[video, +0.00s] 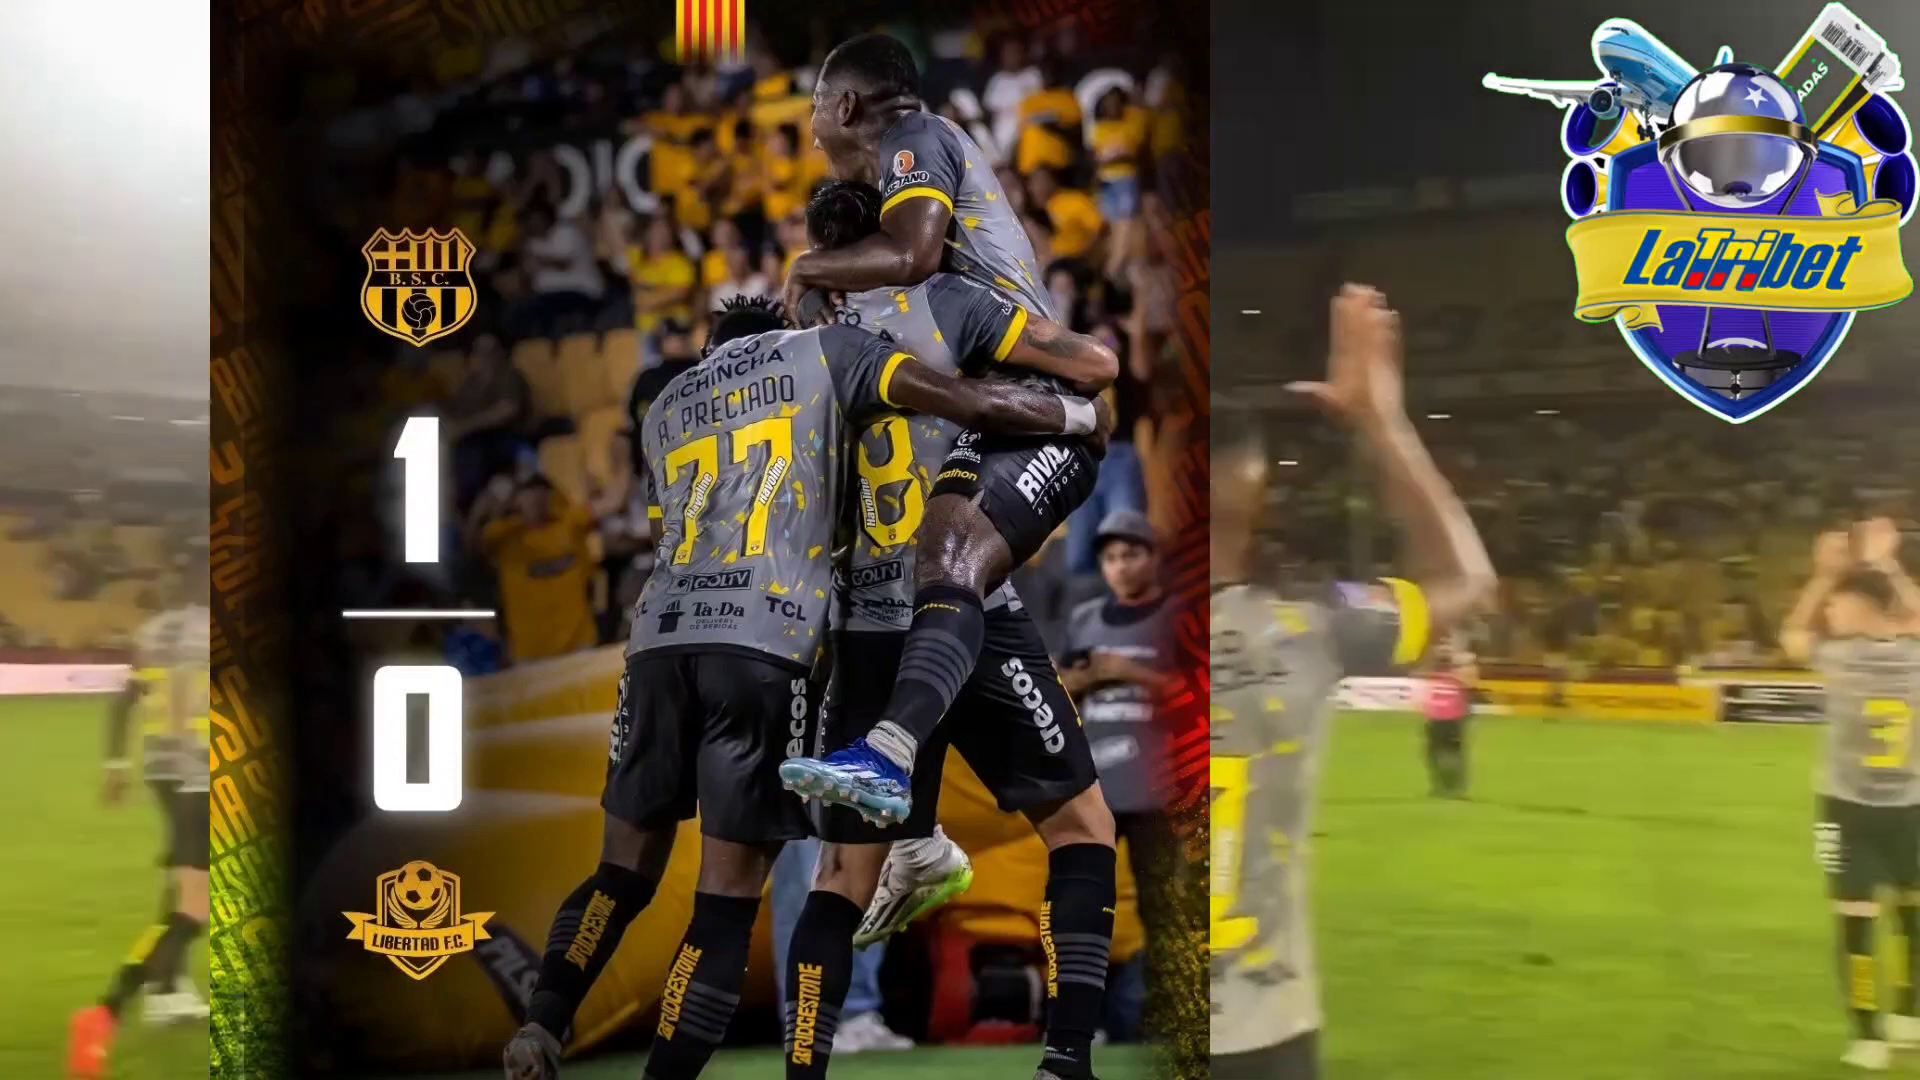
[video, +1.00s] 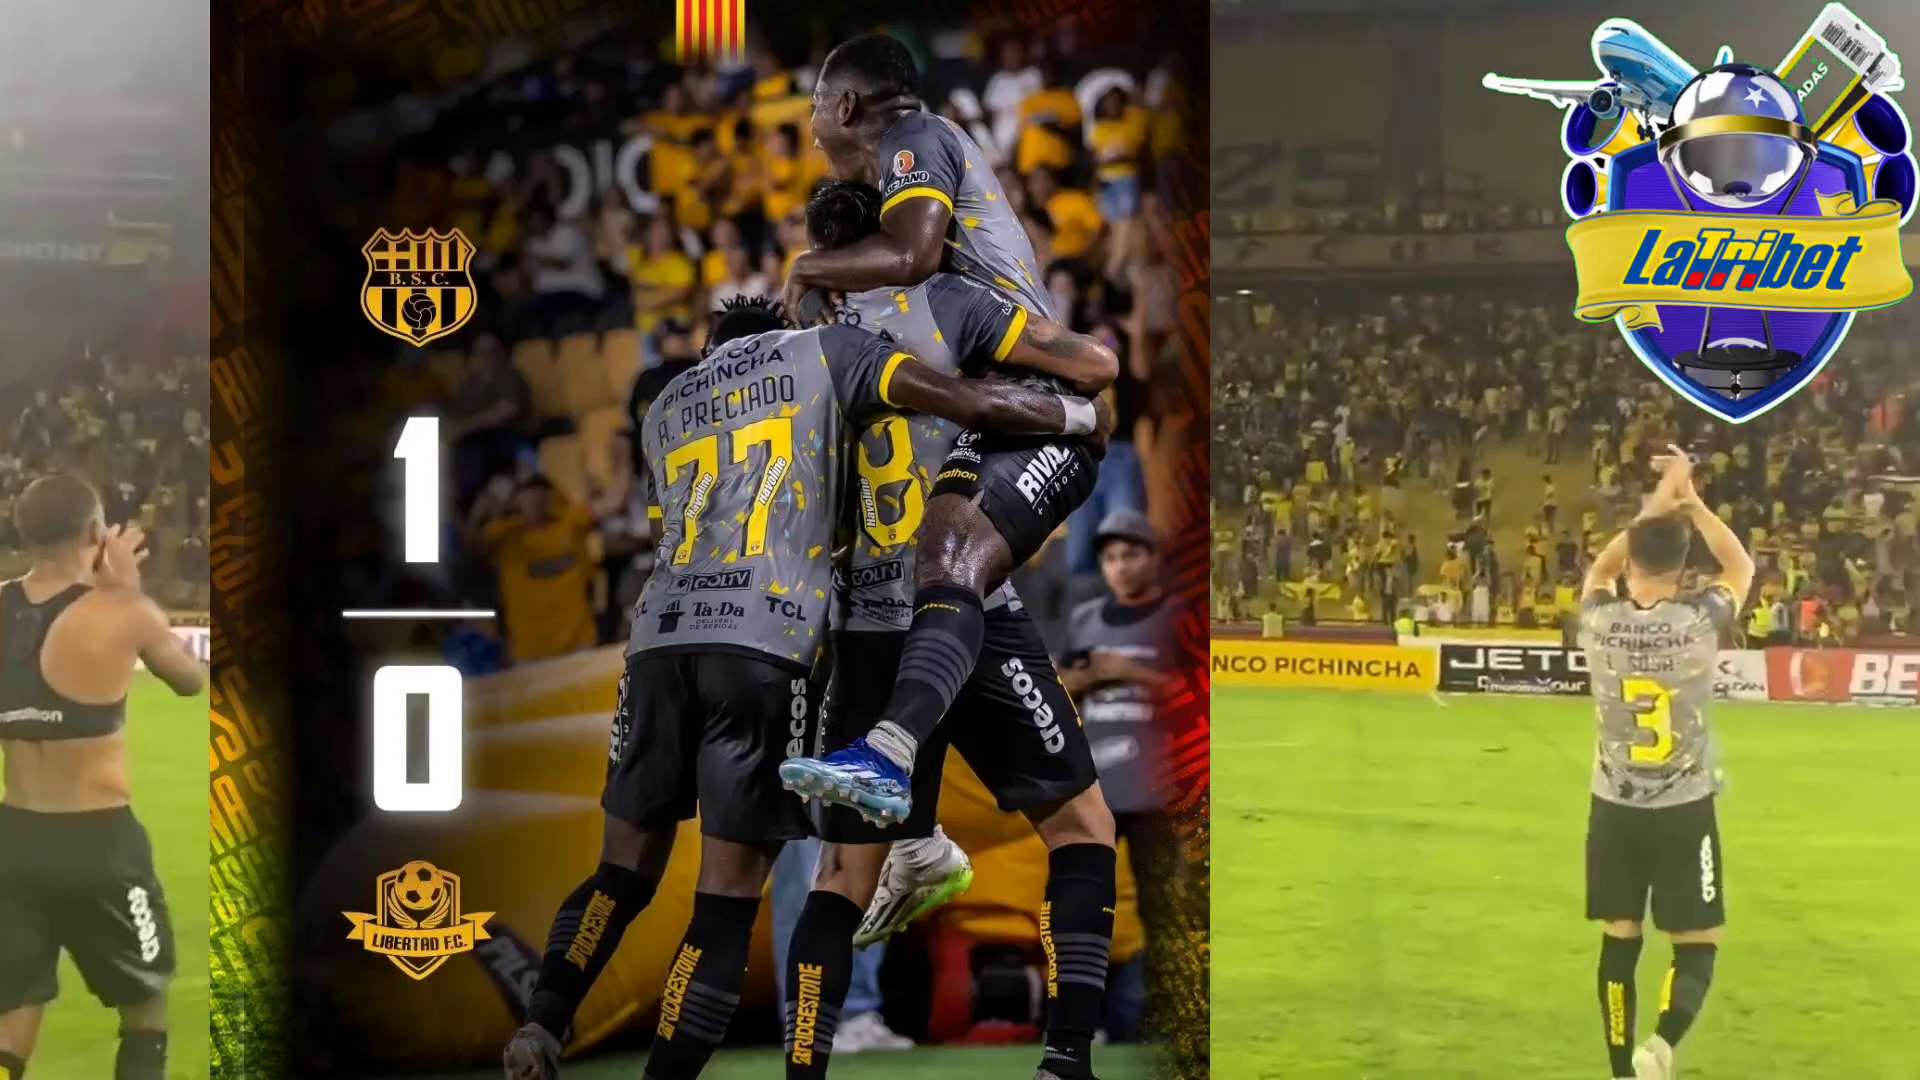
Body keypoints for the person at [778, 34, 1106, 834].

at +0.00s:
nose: (817, 130)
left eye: (822, 111)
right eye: (815, 113)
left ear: (857, 102)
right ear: (879, 103)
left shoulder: (914, 133)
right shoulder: (904, 159)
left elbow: (914, 250)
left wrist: (807, 265)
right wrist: (815, 296)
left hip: (1043, 403)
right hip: (981, 401)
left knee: (953, 556)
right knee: (897, 562)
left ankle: (888, 758)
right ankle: (915, 836)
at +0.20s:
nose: (815, 127)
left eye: (822, 108)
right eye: (815, 110)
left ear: (858, 103)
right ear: (881, 104)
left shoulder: (914, 133)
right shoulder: (903, 162)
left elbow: (914, 251)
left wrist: (806, 265)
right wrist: (806, 301)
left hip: (1045, 404)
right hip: (980, 402)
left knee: (951, 556)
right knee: (898, 569)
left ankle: (889, 757)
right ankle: (916, 837)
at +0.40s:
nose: (815, 127)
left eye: (822, 109)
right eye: (815, 110)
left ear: (858, 103)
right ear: (881, 104)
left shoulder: (914, 134)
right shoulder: (904, 161)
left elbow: (914, 251)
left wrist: (806, 265)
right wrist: (811, 297)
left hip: (1045, 404)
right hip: (982, 401)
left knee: (951, 557)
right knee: (900, 569)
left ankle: (890, 756)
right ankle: (916, 840)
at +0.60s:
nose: (816, 128)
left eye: (822, 109)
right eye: (815, 110)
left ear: (858, 103)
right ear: (880, 105)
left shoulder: (914, 132)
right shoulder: (901, 162)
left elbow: (913, 251)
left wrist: (806, 265)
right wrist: (801, 305)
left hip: (1044, 404)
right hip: (980, 403)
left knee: (951, 555)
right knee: (899, 568)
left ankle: (890, 754)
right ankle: (916, 839)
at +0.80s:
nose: (816, 128)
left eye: (822, 109)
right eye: (815, 111)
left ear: (857, 102)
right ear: (881, 103)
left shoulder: (913, 133)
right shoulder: (905, 160)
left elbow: (914, 250)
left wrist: (806, 265)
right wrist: (807, 297)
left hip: (1043, 400)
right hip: (980, 398)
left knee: (953, 558)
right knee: (895, 568)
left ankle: (889, 757)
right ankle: (916, 839)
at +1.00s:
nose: (817, 130)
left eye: (821, 111)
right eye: (815, 113)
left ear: (856, 102)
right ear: (880, 103)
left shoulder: (914, 133)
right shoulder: (905, 160)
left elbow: (914, 250)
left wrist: (808, 265)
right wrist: (809, 299)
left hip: (1042, 406)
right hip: (980, 404)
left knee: (953, 556)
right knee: (889, 562)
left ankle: (888, 757)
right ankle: (915, 840)